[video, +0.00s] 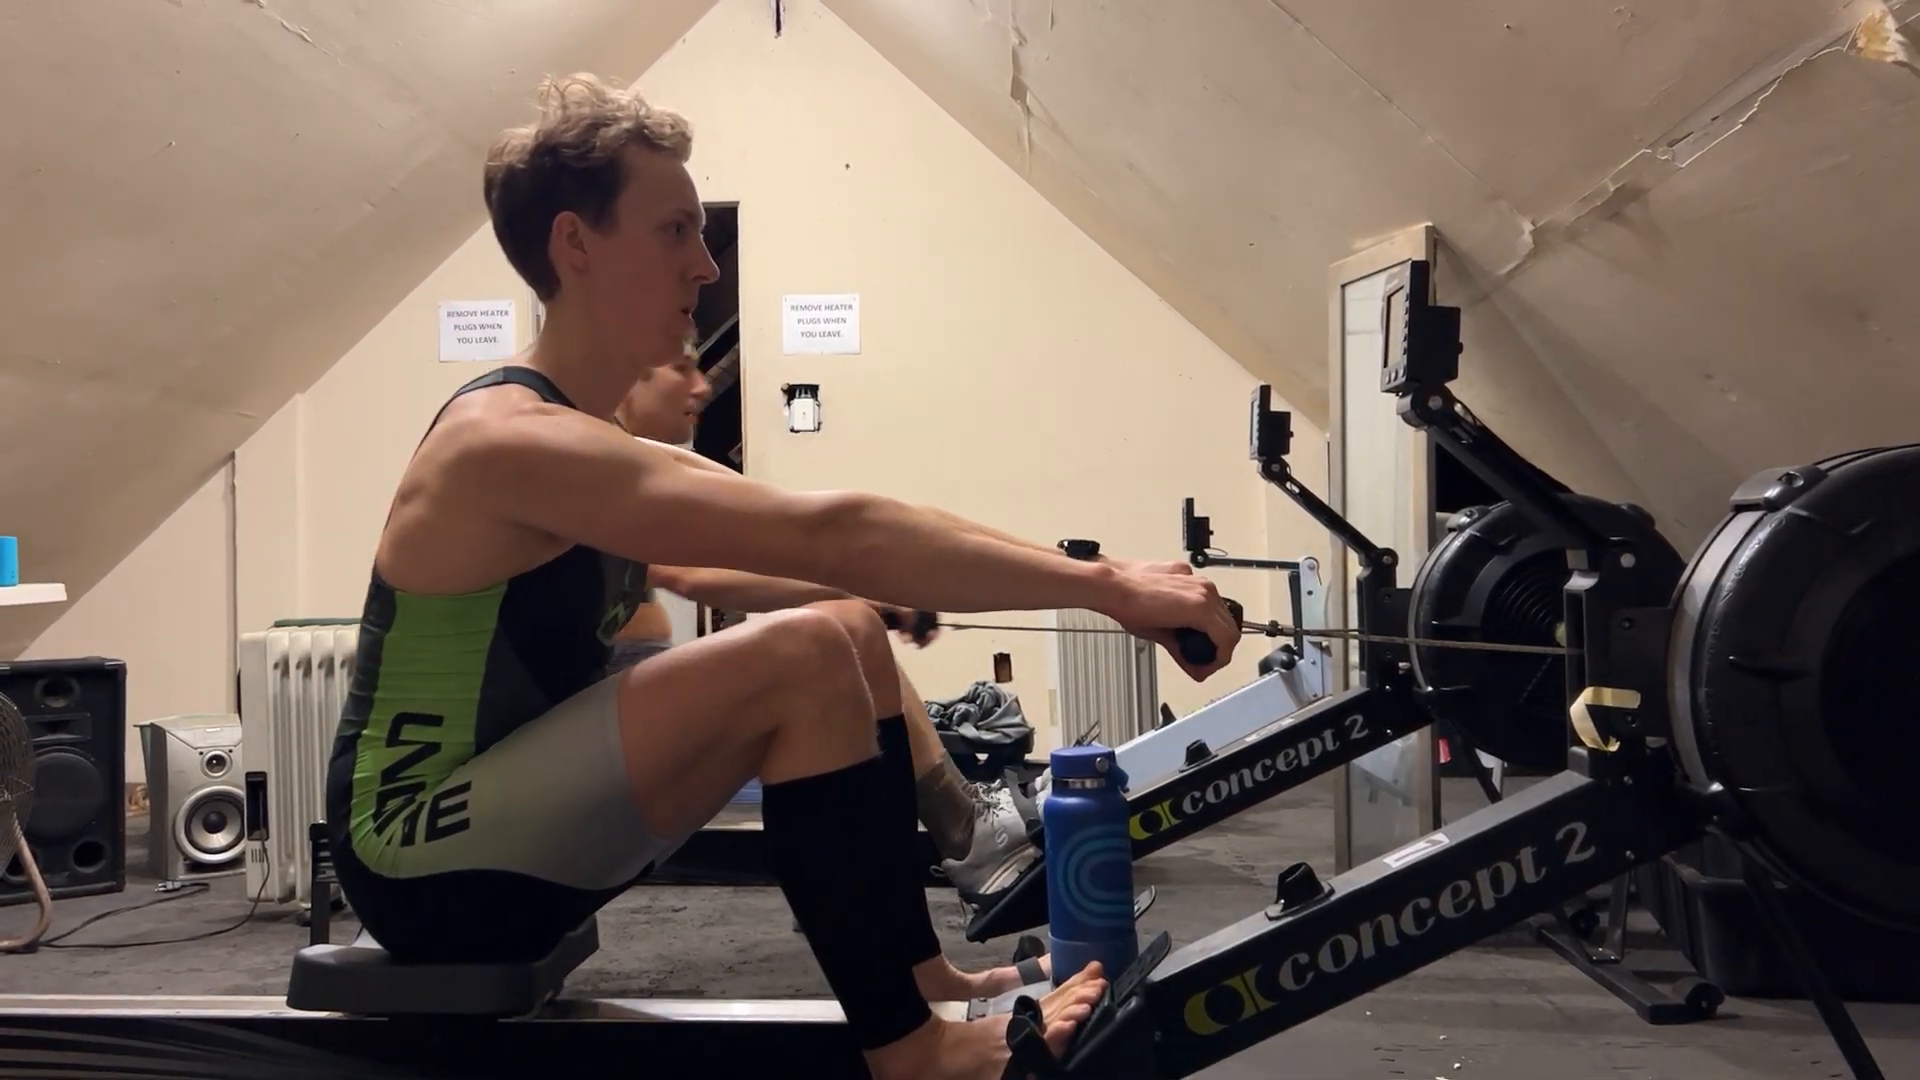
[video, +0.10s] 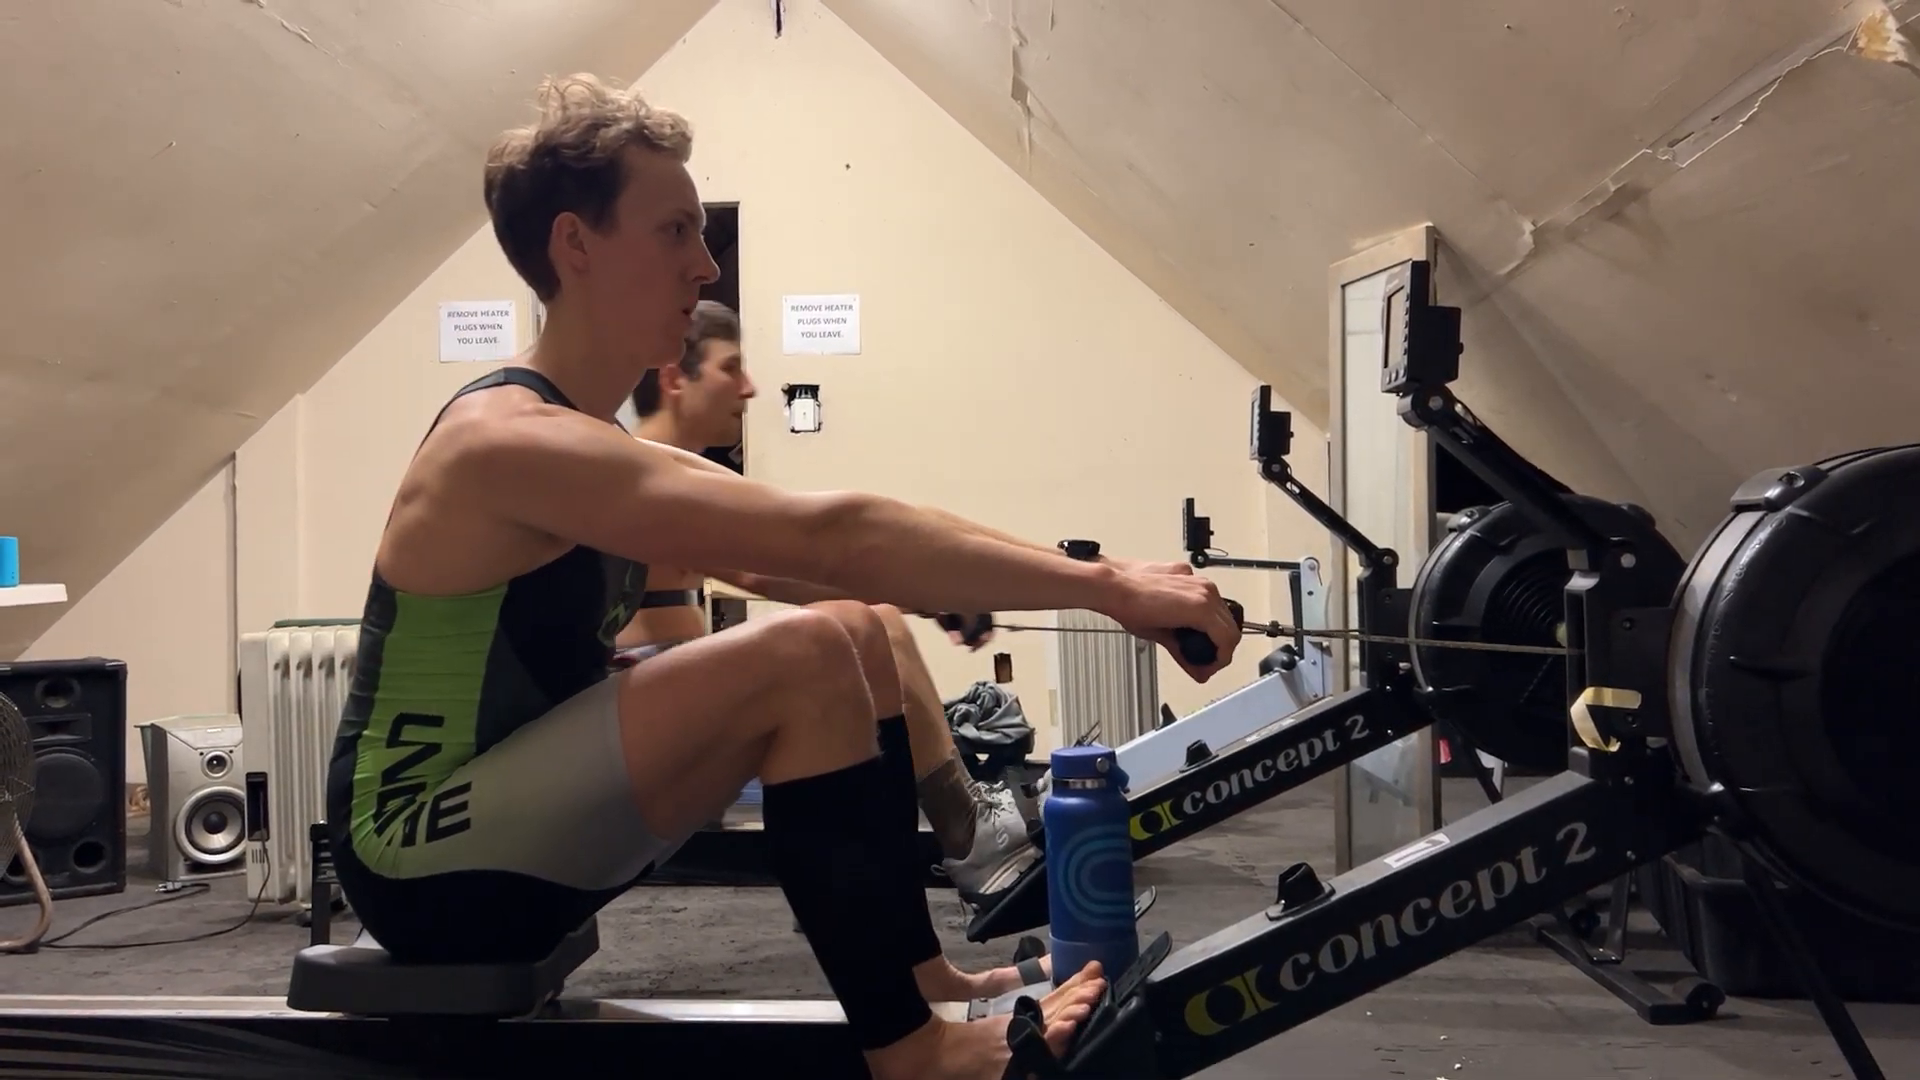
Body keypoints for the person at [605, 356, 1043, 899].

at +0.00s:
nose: (703, 392)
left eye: (698, 374)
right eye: (685, 371)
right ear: (633, 380)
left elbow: (728, 576)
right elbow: (701, 581)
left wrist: (869, 592)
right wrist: (859, 597)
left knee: (860, 625)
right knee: (850, 632)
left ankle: (968, 825)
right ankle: (965, 832)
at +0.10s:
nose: (748, 388)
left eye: (743, 369)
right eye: (730, 369)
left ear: (677, 383)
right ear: (673, 379)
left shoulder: (683, 469)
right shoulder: (646, 470)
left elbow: (762, 573)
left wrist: (926, 592)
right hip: (658, 677)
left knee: (885, 622)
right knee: (874, 626)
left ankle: (969, 826)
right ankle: (968, 835)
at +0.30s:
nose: (848, 393)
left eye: (841, 373)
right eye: (830, 372)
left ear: (775, 386)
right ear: (774, 384)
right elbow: (886, 567)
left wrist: (1022, 593)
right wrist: (1027, 596)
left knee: (931, 620)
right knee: (923, 613)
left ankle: (974, 826)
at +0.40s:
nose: (897, 396)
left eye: (890, 376)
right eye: (879, 375)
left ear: (825, 389)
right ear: (824, 387)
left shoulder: (766, 466)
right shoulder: (809, 483)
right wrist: (1072, 593)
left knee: (947, 593)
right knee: (947, 590)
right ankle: (971, 825)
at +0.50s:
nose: (944, 397)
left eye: (937, 378)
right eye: (927, 378)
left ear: (873, 392)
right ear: (872, 390)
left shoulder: (831, 467)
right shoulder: (840, 473)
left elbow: (965, 543)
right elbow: (971, 545)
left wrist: (1071, 571)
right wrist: (1083, 574)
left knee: (974, 587)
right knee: (973, 587)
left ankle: (974, 805)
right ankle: (969, 816)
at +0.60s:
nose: (985, 399)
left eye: (978, 380)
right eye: (967, 380)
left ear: (915, 397)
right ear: (914, 394)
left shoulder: (886, 472)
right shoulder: (888, 476)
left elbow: (1022, 548)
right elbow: (1034, 549)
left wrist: (1162, 591)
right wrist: (1175, 593)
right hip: (835, 712)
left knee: (1000, 591)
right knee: (1002, 591)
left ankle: (969, 808)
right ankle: (970, 820)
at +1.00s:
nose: (944, 393)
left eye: (936, 375)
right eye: (927, 375)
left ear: (874, 392)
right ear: (874, 389)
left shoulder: (840, 467)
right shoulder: (854, 470)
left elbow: (987, 539)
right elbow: (996, 537)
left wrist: (1127, 575)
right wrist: (1138, 564)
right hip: (798, 714)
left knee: (976, 592)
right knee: (977, 590)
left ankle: (979, 802)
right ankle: (973, 818)